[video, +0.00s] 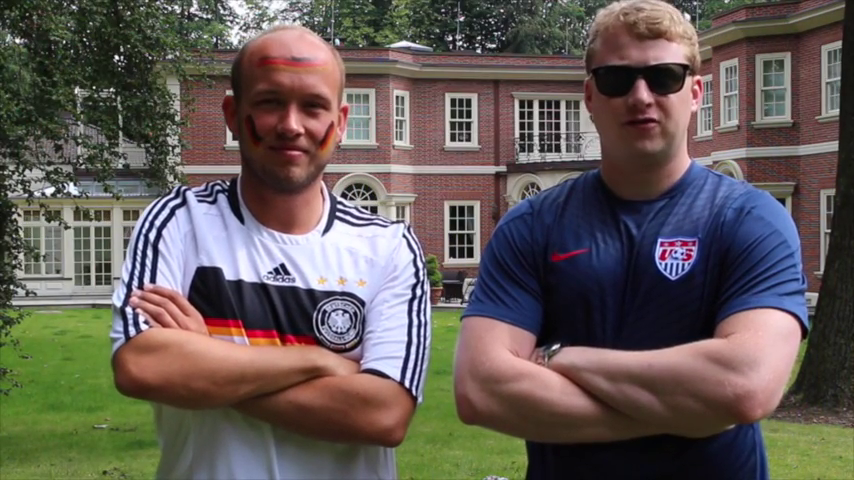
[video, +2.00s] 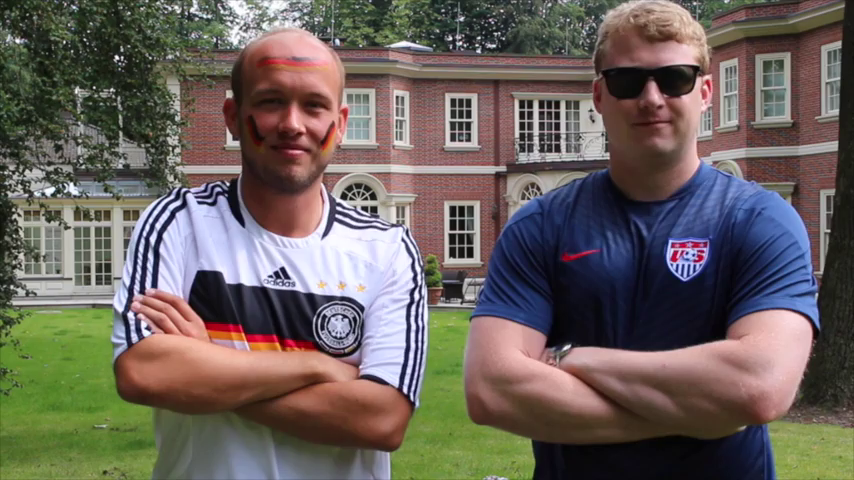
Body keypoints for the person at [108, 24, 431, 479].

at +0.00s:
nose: (291, 126)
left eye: (313, 107)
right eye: (270, 103)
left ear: (339, 122)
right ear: (233, 114)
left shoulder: (390, 247)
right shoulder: (175, 220)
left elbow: (386, 418)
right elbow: (137, 367)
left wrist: (209, 366)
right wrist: (321, 361)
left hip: (345, 476)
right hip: (203, 475)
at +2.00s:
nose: (293, 125)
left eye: (315, 105)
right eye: (271, 102)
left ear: (339, 124)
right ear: (233, 117)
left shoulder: (388, 249)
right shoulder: (175, 220)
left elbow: (384, 422)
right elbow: (139, 373)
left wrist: (211, 372)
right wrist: (318, 366)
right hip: (200, 473)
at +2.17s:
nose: (292, 125)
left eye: (314, 106)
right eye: (271, 103)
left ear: (339, 124)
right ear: (233, 117)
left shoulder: (387, 249)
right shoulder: (175, 221)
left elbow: (384, 421)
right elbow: (138, 373)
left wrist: (210, 371)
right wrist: (317, 365)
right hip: (200, 473)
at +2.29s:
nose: (292, 125)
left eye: (313, 106)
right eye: (270, 103)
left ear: (338, 124)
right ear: (232, 118)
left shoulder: (387, 248)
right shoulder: (174, 221)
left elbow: (384, 421)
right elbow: (139, 373)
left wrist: (210, 371)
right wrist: (318, 365)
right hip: (201, 473)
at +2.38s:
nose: (291, 126)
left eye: (313, 106)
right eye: (269, 104)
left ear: (338, 124)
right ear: (232, 118)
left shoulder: (387, 248)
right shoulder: (174, 221)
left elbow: (385, 421)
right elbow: (139, 373)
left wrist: (211, 372)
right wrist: (318, 365)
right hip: (201, 473)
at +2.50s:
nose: (293, 126)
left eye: (314, 107)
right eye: (271, 104)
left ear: (338, 124)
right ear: (232, 118)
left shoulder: (387, 249)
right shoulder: (174, 221)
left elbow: (384, 421)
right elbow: (138, 374)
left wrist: (211, 372)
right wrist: (318, 365)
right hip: (201, 473)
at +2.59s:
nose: (302, 127)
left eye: (320, 107)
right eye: (278, 105)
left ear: (338, 122)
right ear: (231, 119)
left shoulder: (385, 248)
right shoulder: (173, 222)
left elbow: (385, 419)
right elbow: (139, 375)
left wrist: (211, 372)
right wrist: (317, 365)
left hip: (342, 475)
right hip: (201, 473)